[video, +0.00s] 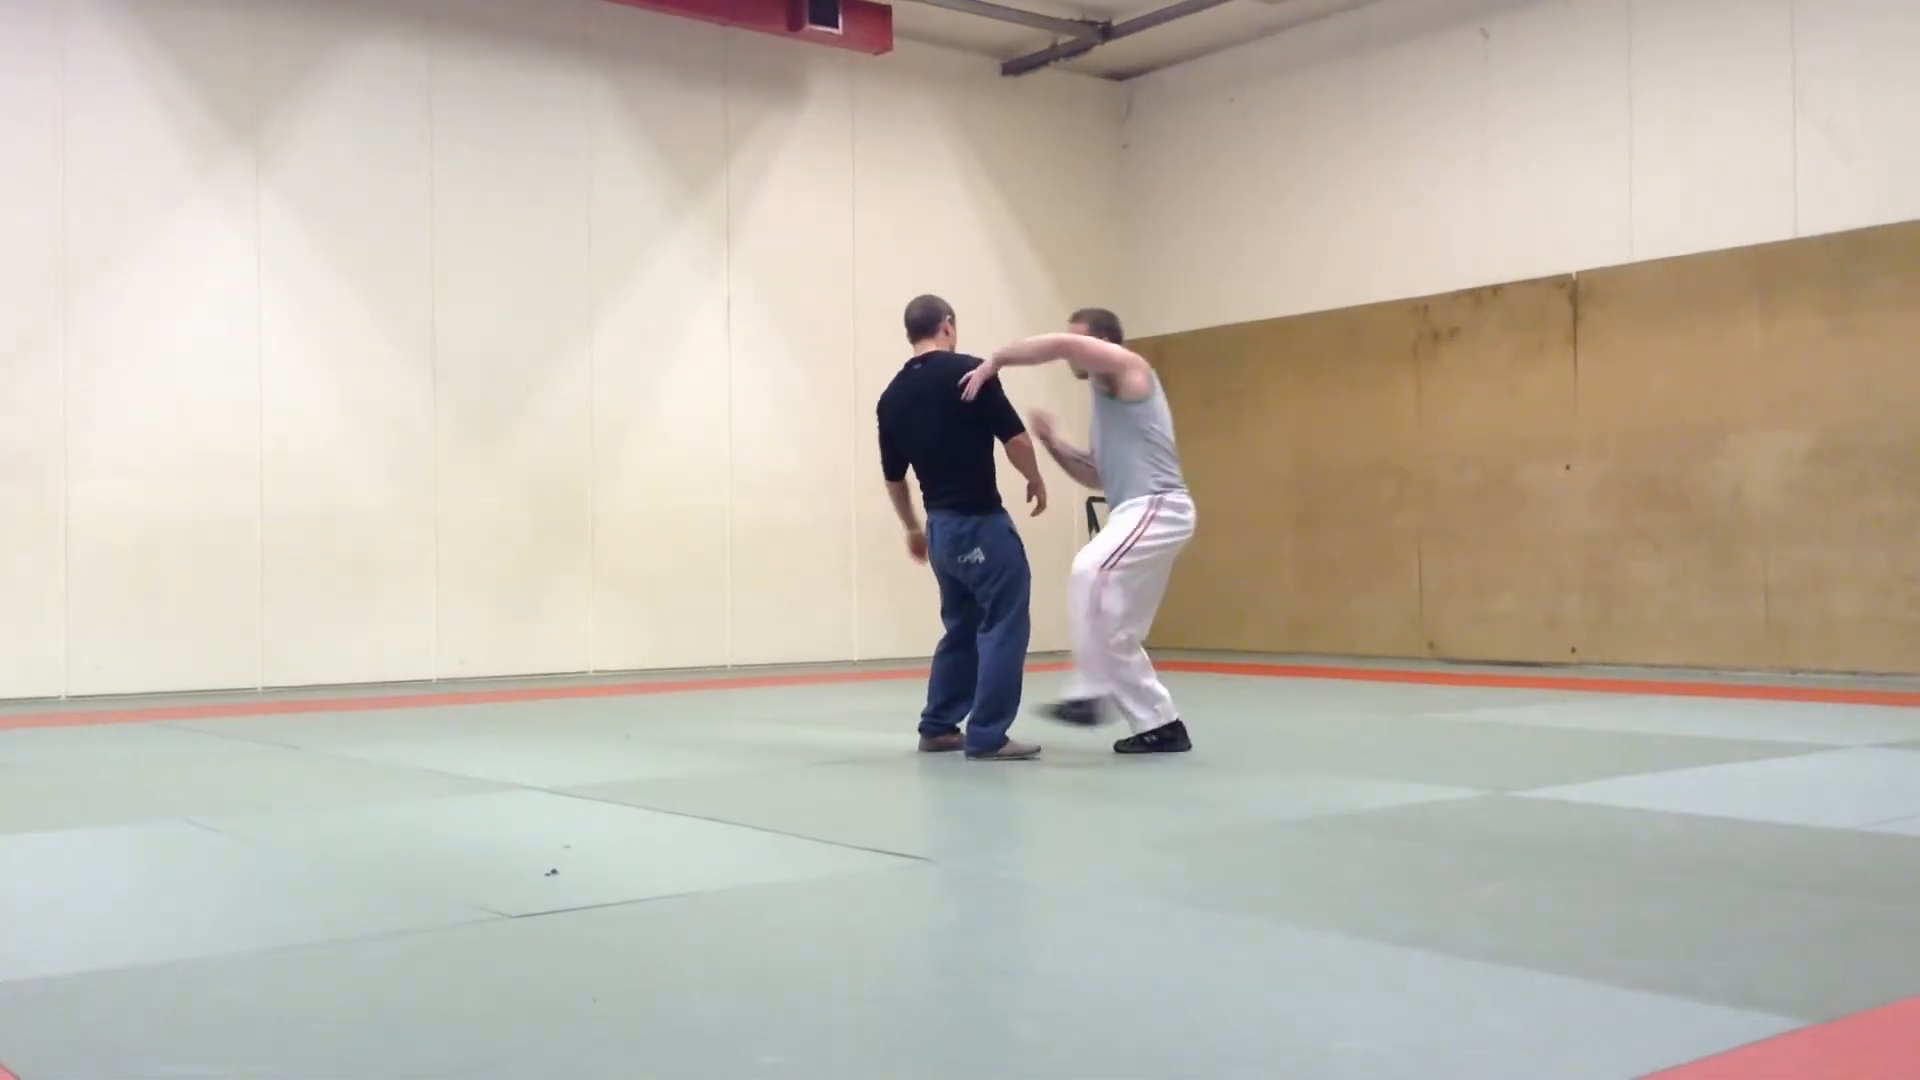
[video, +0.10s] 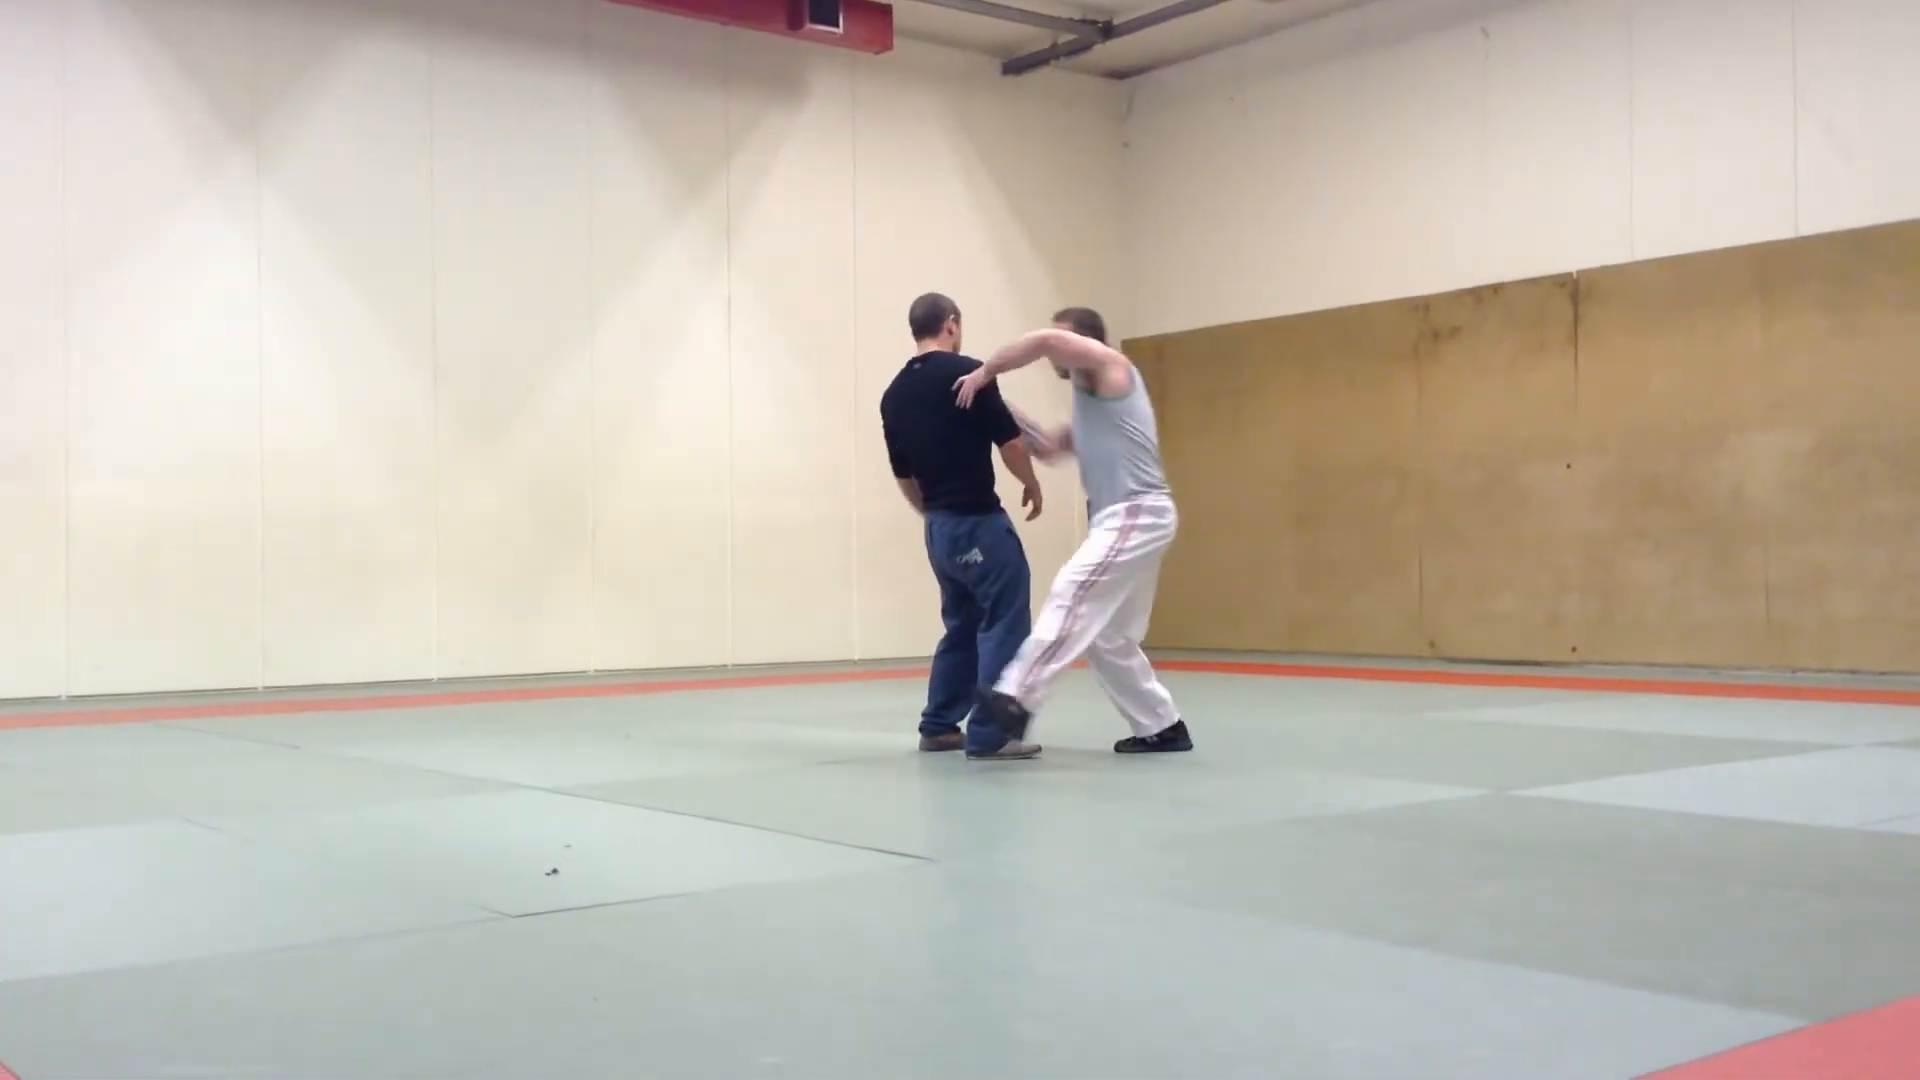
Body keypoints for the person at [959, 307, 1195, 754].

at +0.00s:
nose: (1067, 346)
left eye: (1074, 339)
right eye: (1068, 340)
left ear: (1100, 338)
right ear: (1090, 340)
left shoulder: (1130, 366)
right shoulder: (1109, 398)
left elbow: (1062, 342)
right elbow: (1100, 477)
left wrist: (994, 361)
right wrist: (1054, 443)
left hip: (1157, 506)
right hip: (1138, 511)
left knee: (1090, 569)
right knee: (1112, 623)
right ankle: (1160, 725)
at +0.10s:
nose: (1051, 351)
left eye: (1057, 342)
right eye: (1051, 343)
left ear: (1077, 341)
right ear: (1086, 341)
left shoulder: (1112, 367)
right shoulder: (1091, 400)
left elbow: (1048, 339)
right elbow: (1049, 446)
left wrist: (985, 369)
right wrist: (999, 403)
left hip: (1138, 514)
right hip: (1122, 518)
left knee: (1072, 594)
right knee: (1106, 633)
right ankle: (1161, 727)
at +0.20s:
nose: (1030, 336)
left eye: (1037, 328)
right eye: (1030, 328)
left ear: (1063, 323)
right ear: (1045, 326)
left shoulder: (1091, 344)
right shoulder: (1062, 384)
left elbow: (1022, 338)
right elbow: (1004, 396)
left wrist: (979, 377)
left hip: (1114, 504)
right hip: (1090, 510)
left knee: (1058, 602)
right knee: (1092, 627)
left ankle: (1011, 717)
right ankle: (1153, 710)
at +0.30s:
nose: (1012, 348)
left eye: (1017, 338)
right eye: (1008, 341)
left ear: (1043, 327)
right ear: (1008, 335)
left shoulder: (1072, 343)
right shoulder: (1030, 370)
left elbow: (1029, 366)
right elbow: (984, 380)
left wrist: (974, 392)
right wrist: (916, 370)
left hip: (1094, 511)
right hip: (1046, 512)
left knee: (1062, 618)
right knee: (1000, 588)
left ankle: (1031, 737)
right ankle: (1092, 626)